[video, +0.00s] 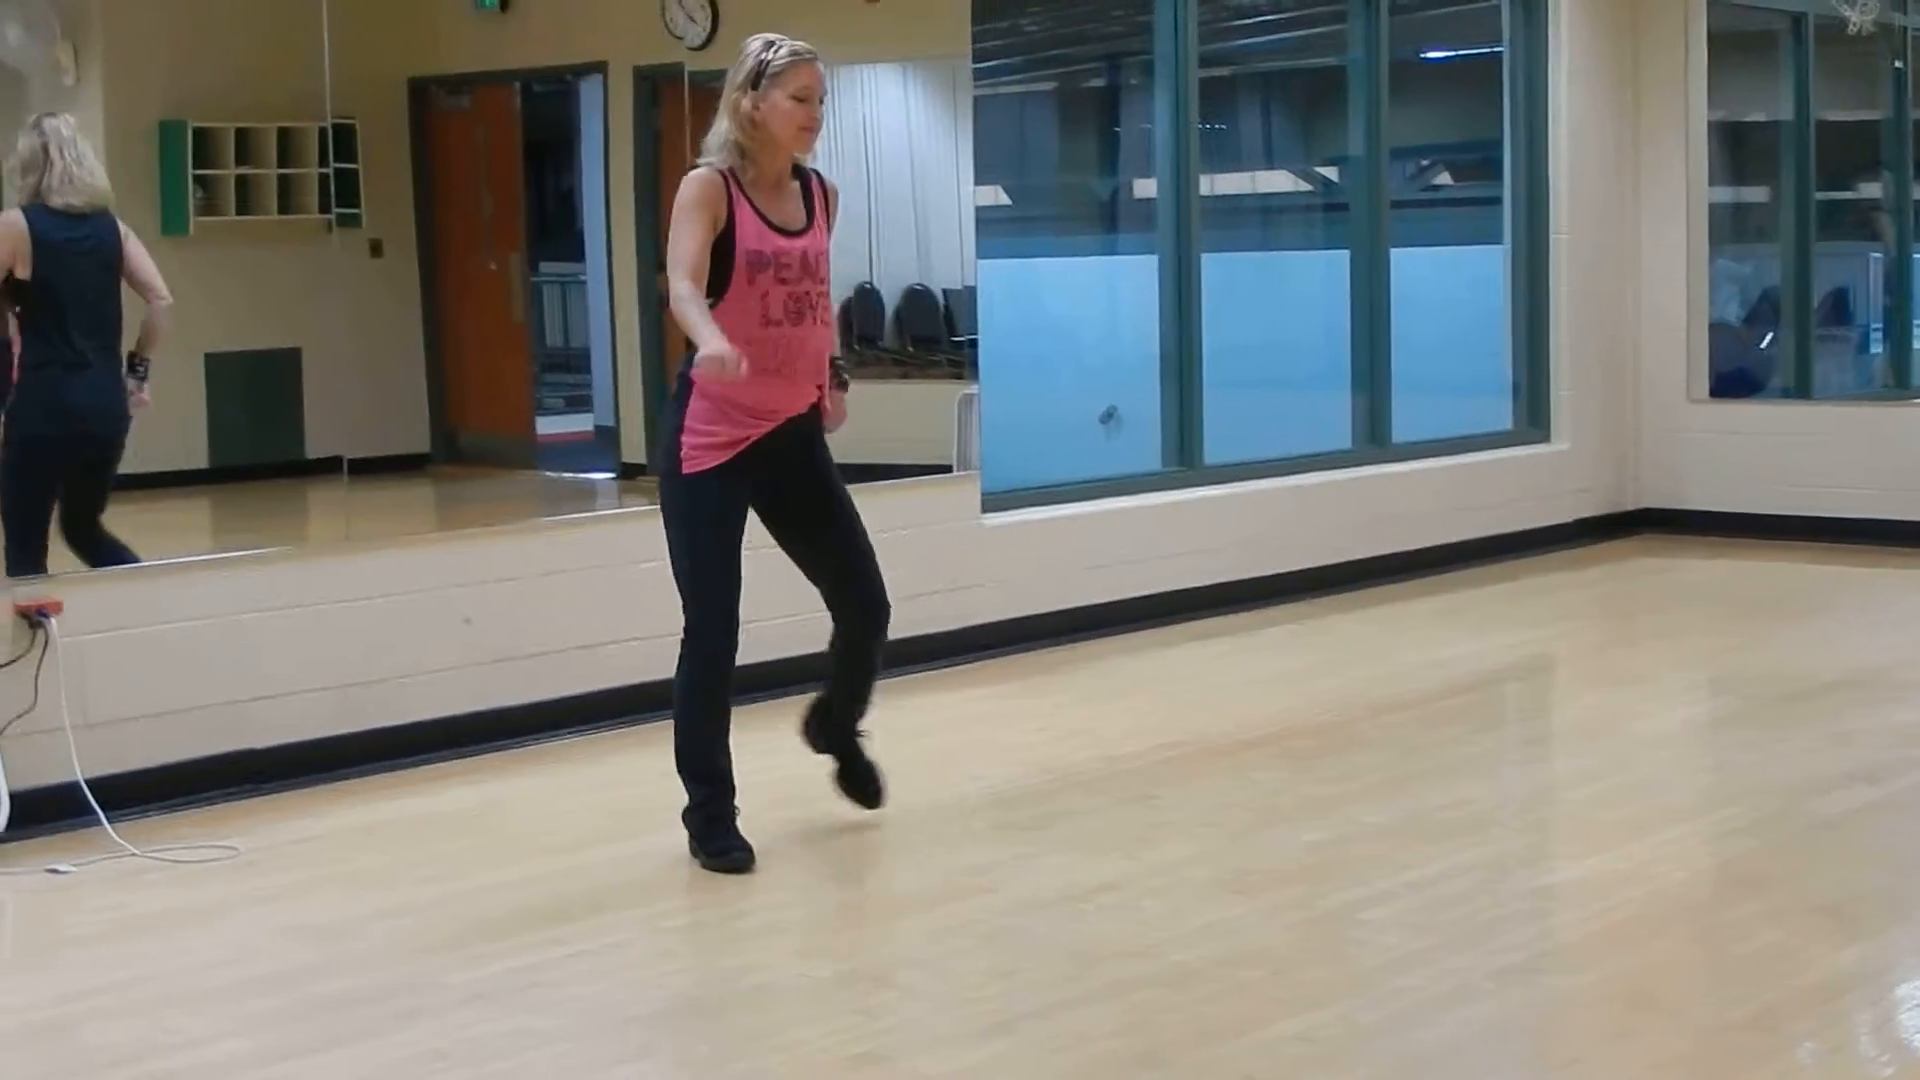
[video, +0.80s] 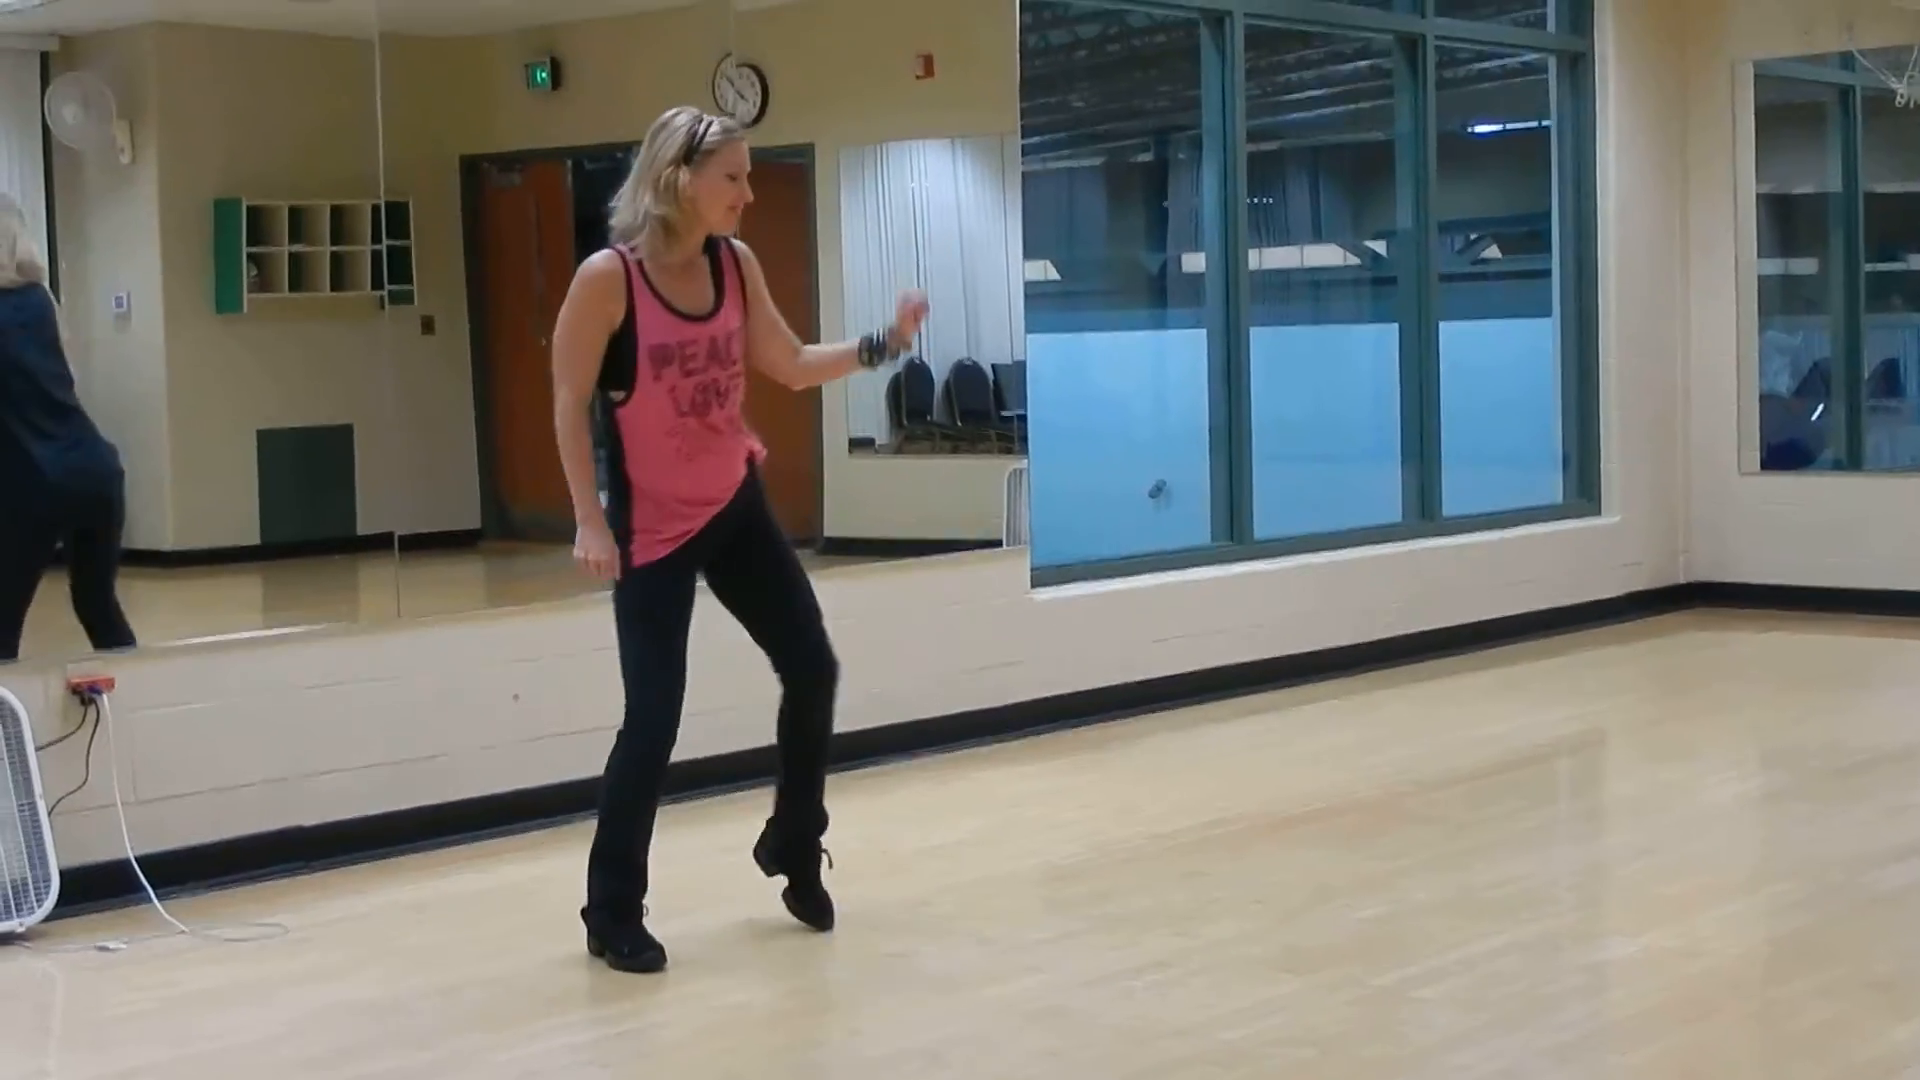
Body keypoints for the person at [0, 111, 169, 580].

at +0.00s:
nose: (15, 171)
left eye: (20, 162)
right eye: (18, 162)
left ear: (28, 165)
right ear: (84, 162)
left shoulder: (14, 227)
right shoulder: (111, 228)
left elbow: (7, 310)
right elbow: (160, 299)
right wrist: (139, 369)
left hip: (40, 405)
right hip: (106, 404)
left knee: (24, 542)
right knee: (82, 526)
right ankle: (155, 598)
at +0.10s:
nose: (11, 176)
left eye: (15, 167)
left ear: (20, 173)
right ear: (78, 167)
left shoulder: (13, 237)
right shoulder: (110, 231)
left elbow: (6, 314)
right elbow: (153, 307)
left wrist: (17, 337)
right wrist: (125, 365)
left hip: (32, 408)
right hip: (97, 409)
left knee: (24, 542)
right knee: (52, 534)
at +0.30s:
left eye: (14, 174)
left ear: (19, 180)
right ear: (78, 175)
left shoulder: (13, 246)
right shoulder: (106, 241)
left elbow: (5, 340)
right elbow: (131, 324)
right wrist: (77, 319)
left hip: (32, 424)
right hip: (97, 418)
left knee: (31, 557)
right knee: (65, 551)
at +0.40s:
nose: (1, 192)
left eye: (5, 183)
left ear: (14, 189)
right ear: (68, 184)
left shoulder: (12, 255)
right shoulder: (95, 250)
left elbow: (10, 355)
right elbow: (117, 339)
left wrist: (6, 432)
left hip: (44, 441)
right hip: (109, 433)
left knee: (11, 577)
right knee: (95, 572)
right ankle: (140, 675)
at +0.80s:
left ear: (1, 249)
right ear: (21, 244)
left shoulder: (20, 300)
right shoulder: (36, 299)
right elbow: (58, 380)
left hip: (28, 481)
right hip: (95, 467)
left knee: (5, 627)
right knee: (98, 601)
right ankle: (147, 696)